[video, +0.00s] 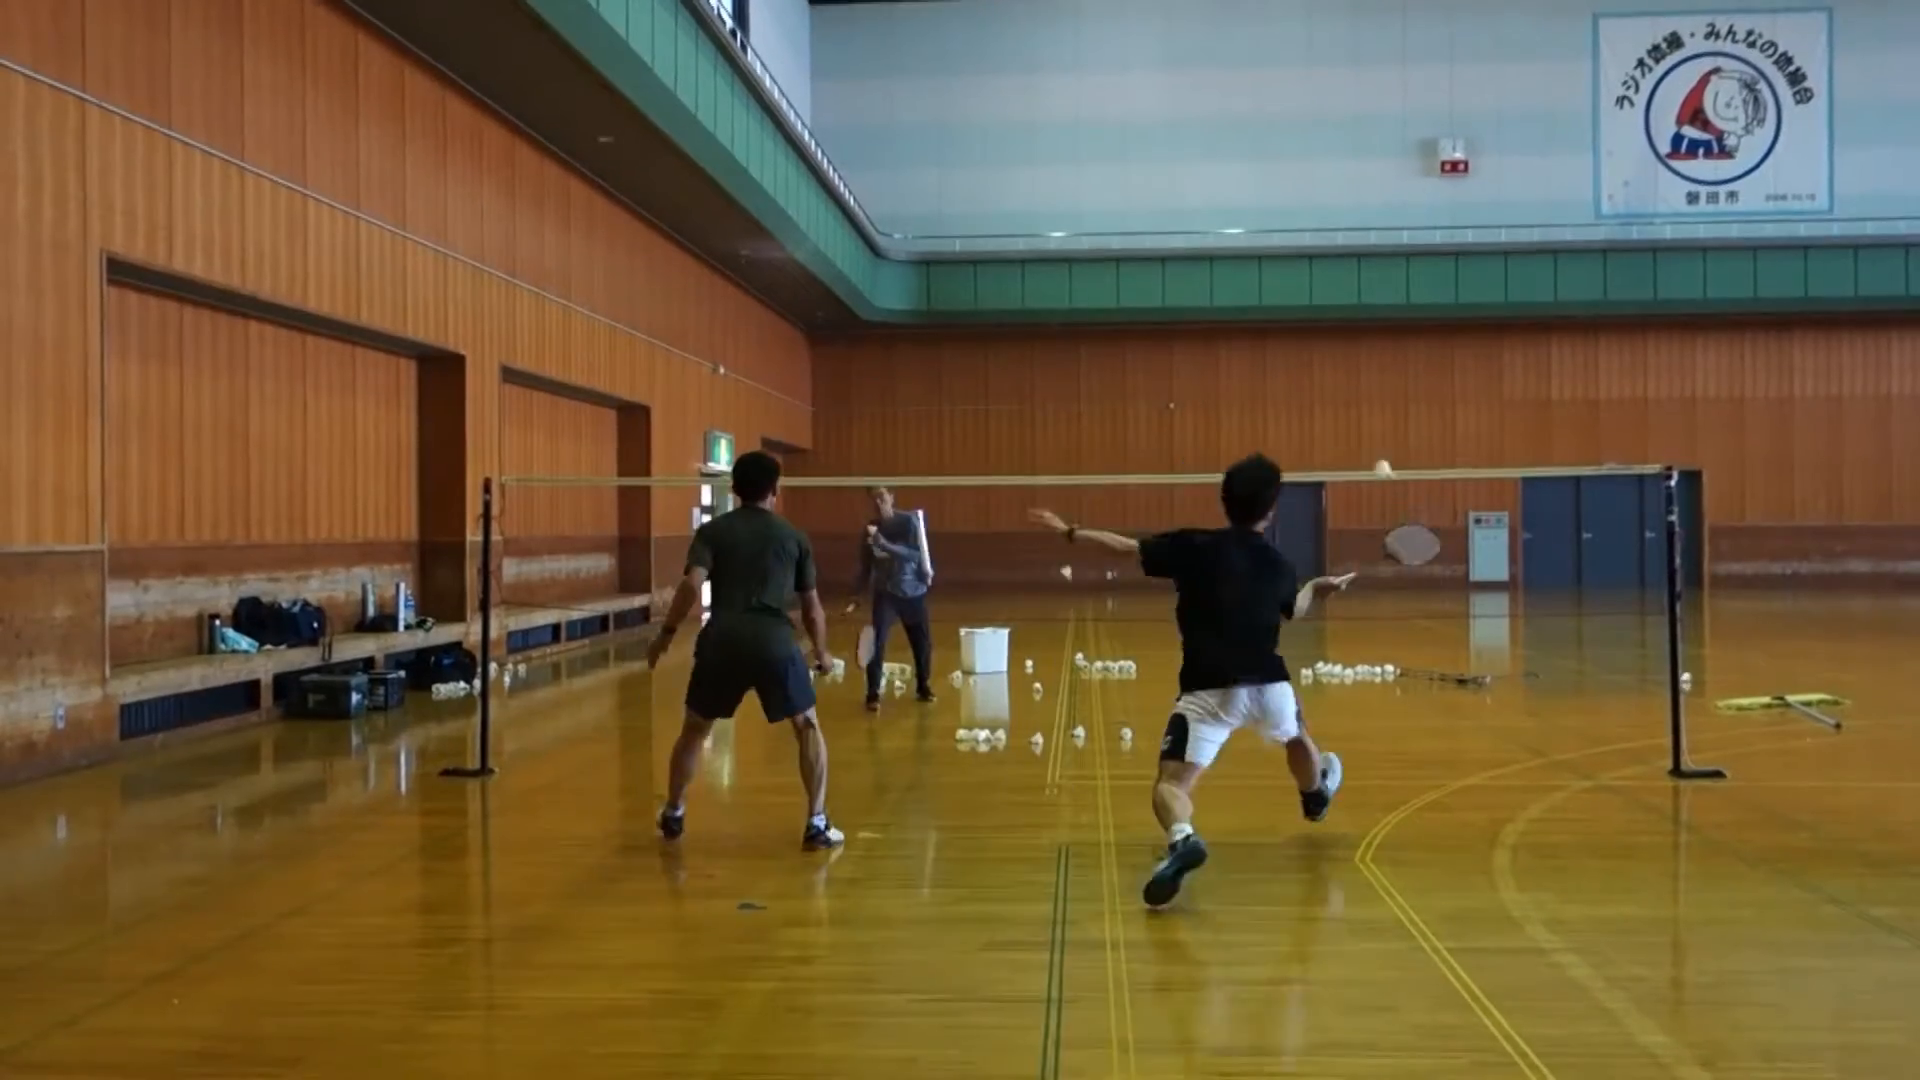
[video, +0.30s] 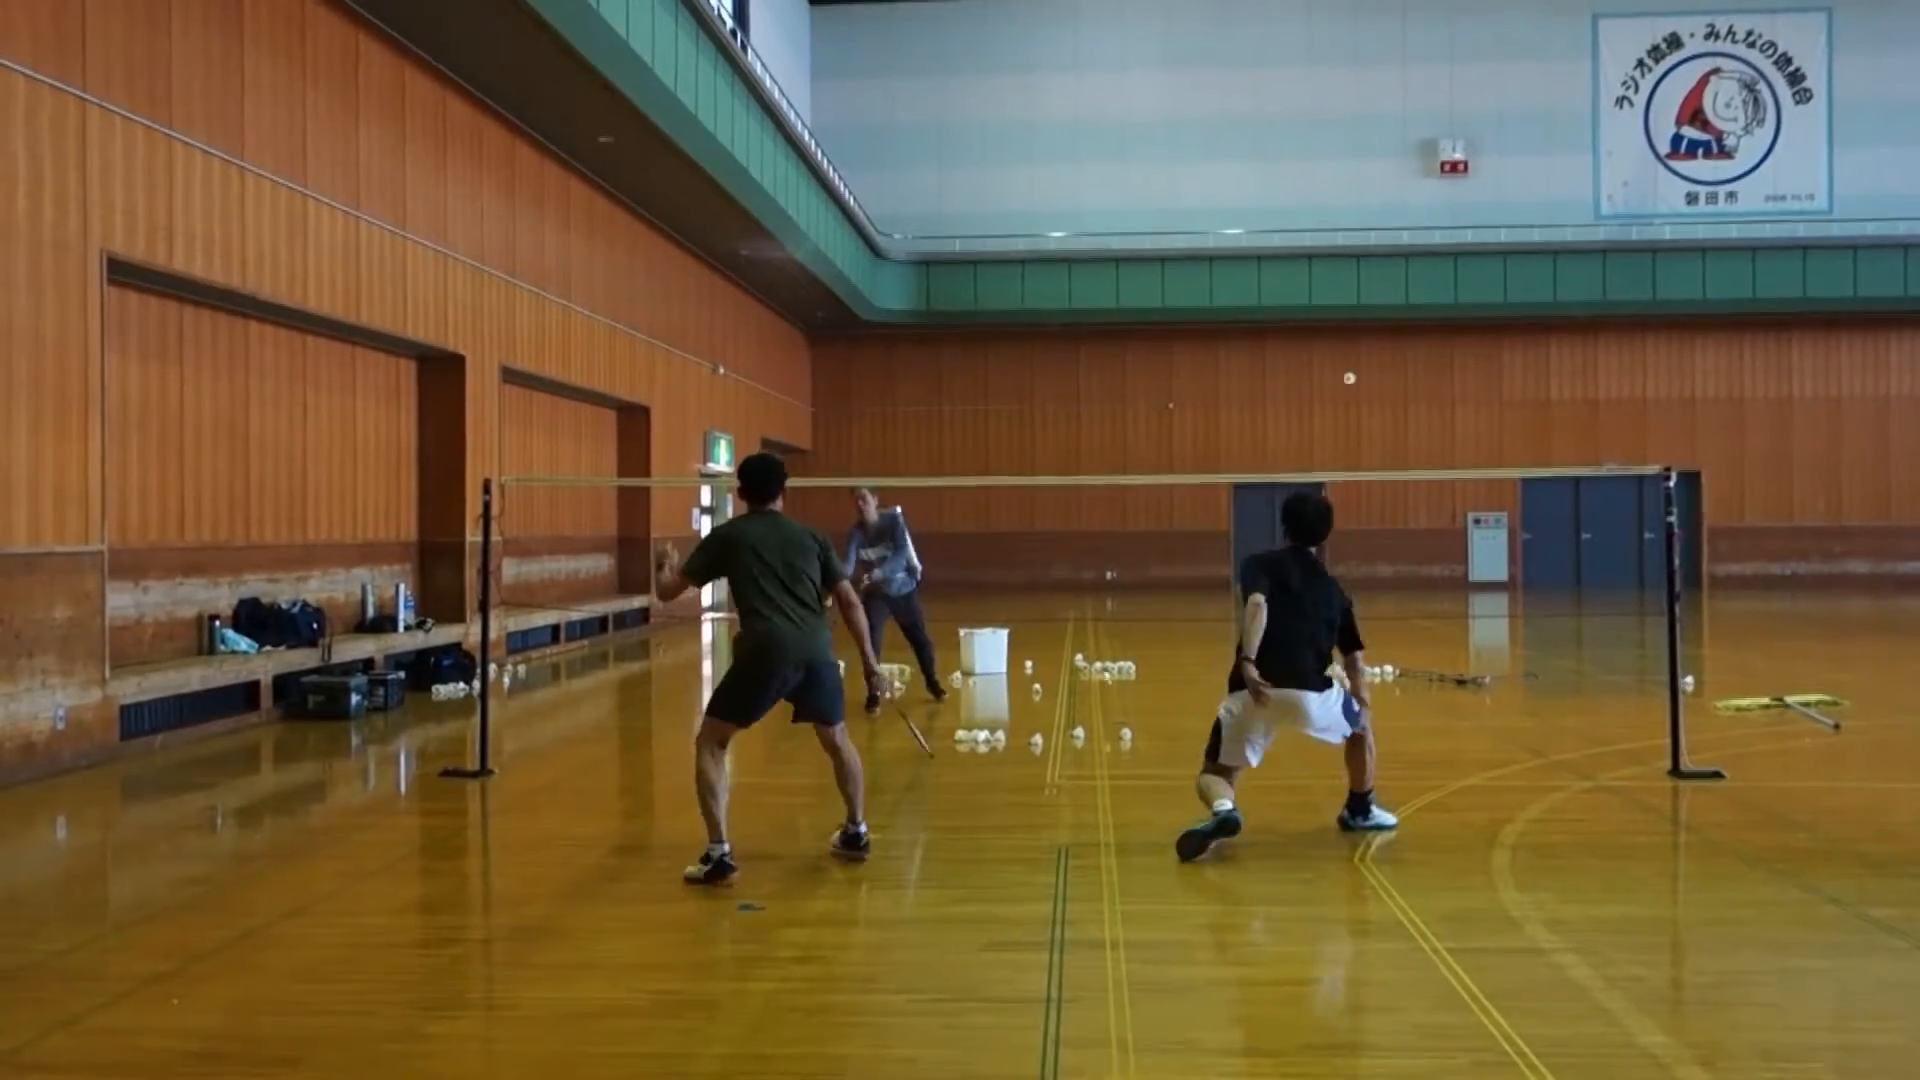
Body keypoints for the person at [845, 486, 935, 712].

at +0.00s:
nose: (879, 502)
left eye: (882, 496)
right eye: (875, 498)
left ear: (891, 497)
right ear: (871, 501)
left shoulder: (910, 521)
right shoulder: (873, 528)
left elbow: (916, 554)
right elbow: (866, 565)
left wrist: (883, 544)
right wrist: (856, 595)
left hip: (912, 590)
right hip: (885, 592)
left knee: (921, 642)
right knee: (877, 642)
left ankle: (923, 686)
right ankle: (873, 693)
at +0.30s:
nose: (861, 505)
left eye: (864, 500)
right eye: (858, 502)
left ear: (875, 501)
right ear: (856, 506)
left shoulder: (894, 521)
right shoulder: (857, 533)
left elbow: (902, 556)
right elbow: (849, 564)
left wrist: (876, 575)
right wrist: (841, 582)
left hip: (903, 589)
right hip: (875, 592)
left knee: (920, 639)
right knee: (872, 642)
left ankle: (931, 680)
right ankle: (873, 691)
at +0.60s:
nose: (869, 499)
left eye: (872, 494)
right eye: (866, 495)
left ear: (880, 497)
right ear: (862, 500)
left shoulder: (897, 517)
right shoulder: (857, 529)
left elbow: (914, 545)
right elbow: (853, 560)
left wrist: (912, 573)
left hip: (901, 590)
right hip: (876, 592)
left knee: (918, 644)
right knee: (873, 639)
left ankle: (918, 688)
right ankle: (871, 689)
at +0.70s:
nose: (872, 511)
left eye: (875, 506)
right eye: (868, 507)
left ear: (883, 508)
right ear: (864, 511)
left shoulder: (901, 531)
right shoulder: (859, 543)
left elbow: (916, 560)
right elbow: (857, 579)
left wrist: (895, 572)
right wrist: (859, 610)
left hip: (903, 603)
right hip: (876, 606)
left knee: (909, 654)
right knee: (873, 656)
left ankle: (909, 701)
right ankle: (872, 707)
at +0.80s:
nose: (874, 517)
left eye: (877, 513)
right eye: (870, 513)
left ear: (886, 515)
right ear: (868, 517)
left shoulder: (905, 538)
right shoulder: (864, 547)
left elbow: (913, 570)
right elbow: (861, 584)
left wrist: (884, 566)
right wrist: (863, 616)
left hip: (906, 608)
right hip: (879, 610)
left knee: (908, 658)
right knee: (874, 660)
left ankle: (908, 709)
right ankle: (872, 712)